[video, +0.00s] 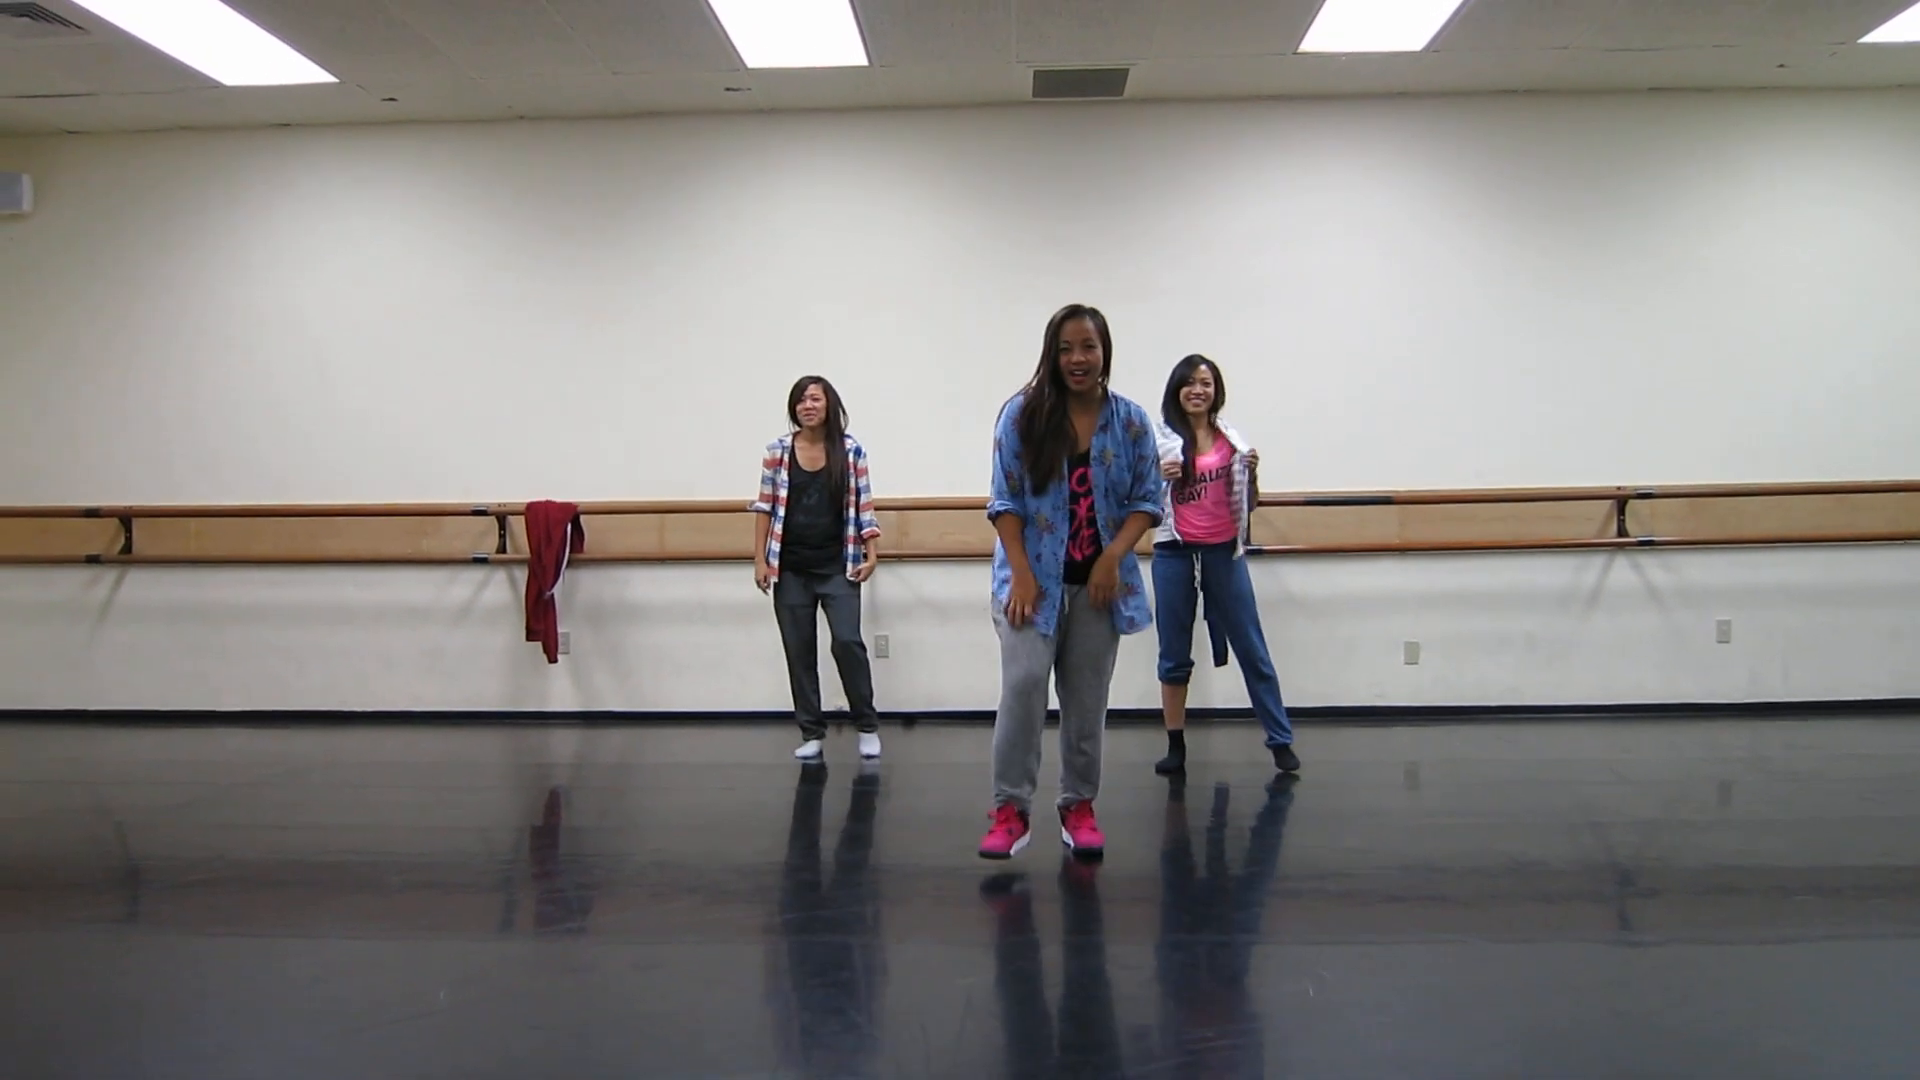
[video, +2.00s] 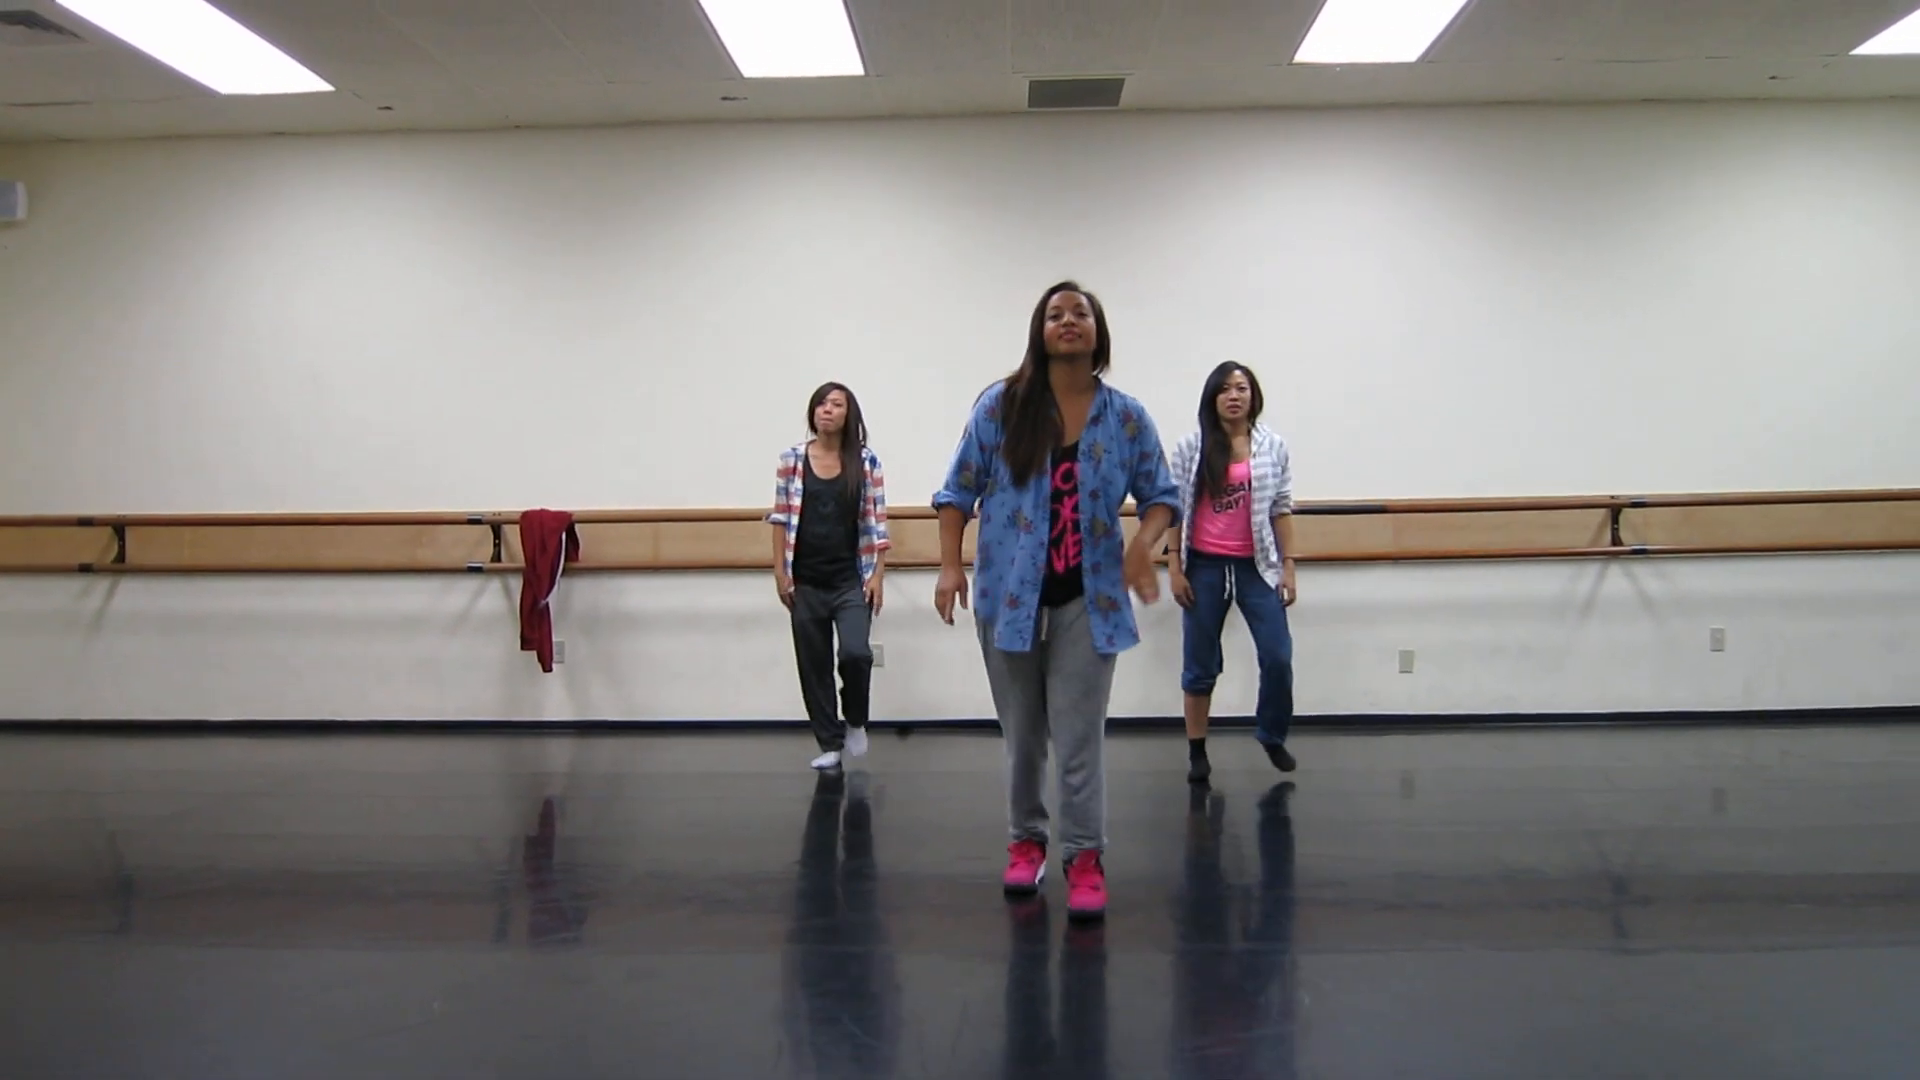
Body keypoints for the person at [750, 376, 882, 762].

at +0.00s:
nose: (809, 404)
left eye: (817, 398)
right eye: (802, 399)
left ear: (830, 405)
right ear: (793, 407)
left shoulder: (850, 450)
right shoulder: (778, 452)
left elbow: (864, 506)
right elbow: (765, 509)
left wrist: (870, 554)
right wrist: (760, 558)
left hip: (840, 569)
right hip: (790, 571)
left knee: (848, 643)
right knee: (800, 654)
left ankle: (867, 728)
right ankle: (811, 734)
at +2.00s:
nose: (828, 409)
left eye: (837, 405)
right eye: (822, 403)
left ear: (849, 415)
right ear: (812, 412)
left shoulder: (867, 461)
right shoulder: (793, 459)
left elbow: (878, 521)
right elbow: (780, 519)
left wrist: (877, 574)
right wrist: (780, 571)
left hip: (852, 582)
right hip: (806, 584)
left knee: (855, 654)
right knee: (814, 669)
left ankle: (856, 723)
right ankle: (829, 745)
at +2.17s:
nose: (827, 411)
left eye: (835, 406)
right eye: (820, 406)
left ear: (848, 418)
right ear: (810, 416)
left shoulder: (866, 462)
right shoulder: (792, 462)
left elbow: (894, 515)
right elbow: (765, 505)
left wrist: (887, 549)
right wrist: (766, 541)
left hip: (851, 588)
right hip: (802, 590)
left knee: (850, 669)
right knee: (813, 674)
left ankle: (850, 760)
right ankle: (829, 750)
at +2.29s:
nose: (823, 416)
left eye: (830, 409)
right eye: (816, 411)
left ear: (845, 419)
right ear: (806, 424)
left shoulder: (866, 463)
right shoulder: (795, 465)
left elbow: (902, 496)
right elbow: (765, 505)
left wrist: (909, 479)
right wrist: (756, 464)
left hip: (854, 589)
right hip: (803, 590)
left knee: (850, 673)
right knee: (806, 679)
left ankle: (847, 766)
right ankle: (832, 721)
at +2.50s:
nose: (818, 422)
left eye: (824, 414)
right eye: (810, 419)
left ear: (840, 422)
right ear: (803, 433)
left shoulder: (861, 469)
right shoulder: (791, 471)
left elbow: (894, 503)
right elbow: (746, 479)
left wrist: (909, 484)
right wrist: (698, 475)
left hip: (850, 596)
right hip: (800, 593)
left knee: (849, 681)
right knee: (798, 670)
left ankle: (846, 768)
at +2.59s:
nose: (813, 415)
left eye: (820, 408)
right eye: (805, 412)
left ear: (835, 415)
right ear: (798, 425)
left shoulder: (855, 459)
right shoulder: (793, 461)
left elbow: (839, 492)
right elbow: (775, 473)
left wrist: (802, 505)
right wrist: (778, 475)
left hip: (843, 590)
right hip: (795, 585)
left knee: (847, 684)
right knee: (779, 654)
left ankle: (844, 766)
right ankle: (770, 737)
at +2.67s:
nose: (806, 399)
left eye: (812, 392)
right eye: (797, 396)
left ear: (828, 399)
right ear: (790, 409)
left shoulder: (848, 443)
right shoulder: (785, 443)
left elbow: (811, 481)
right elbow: (780, 463)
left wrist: (760, 495)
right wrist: (803, 451)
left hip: (842, 577)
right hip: (791, 571)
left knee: (850, 662)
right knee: (762, 640)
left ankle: (852, 759)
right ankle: (771, 731)